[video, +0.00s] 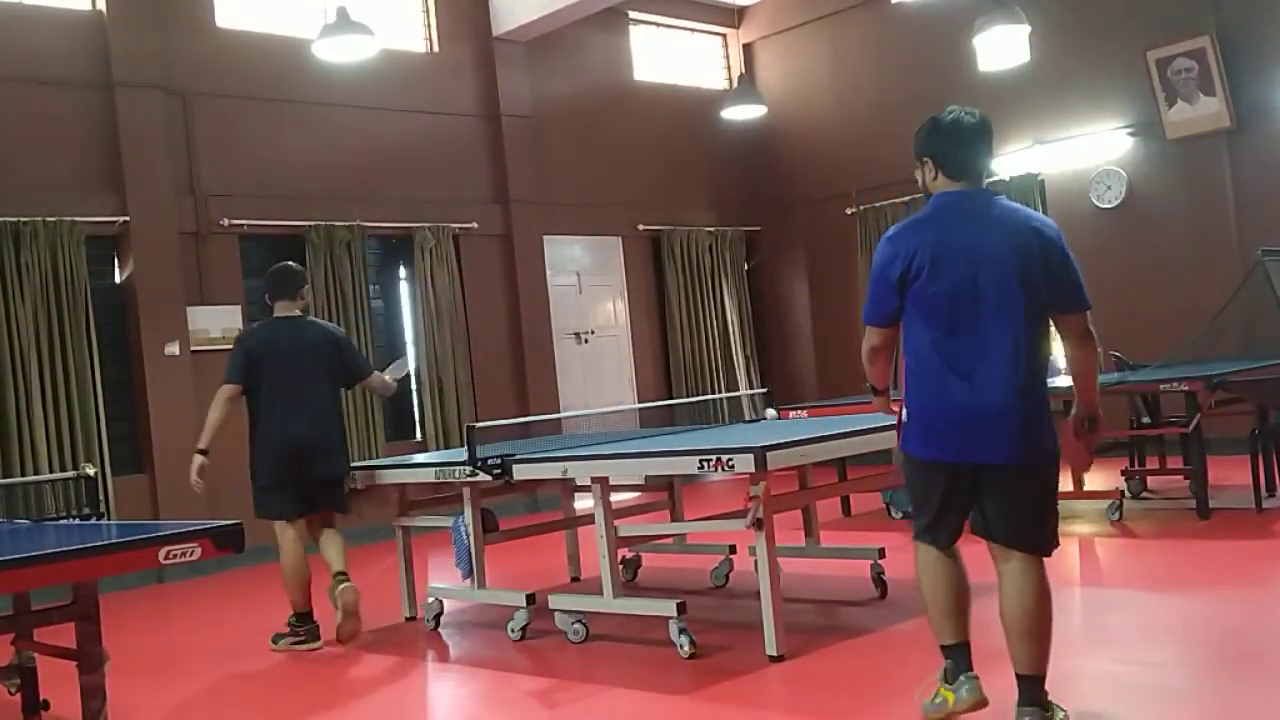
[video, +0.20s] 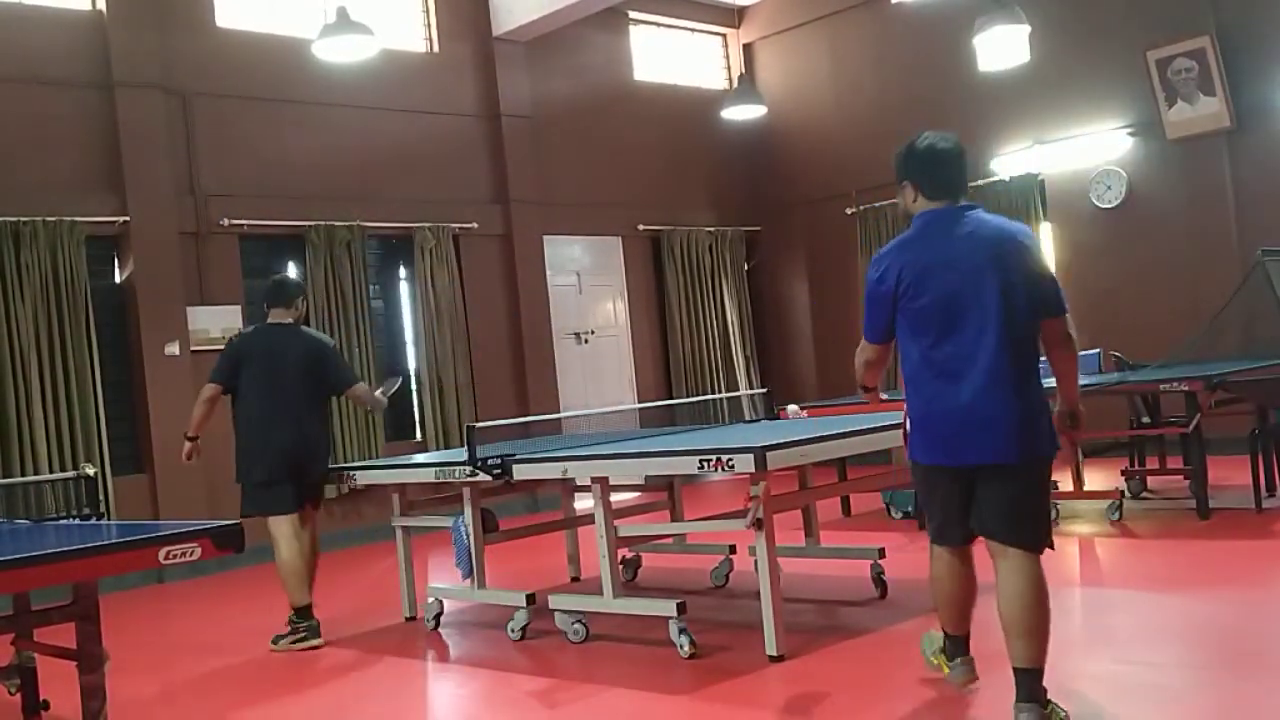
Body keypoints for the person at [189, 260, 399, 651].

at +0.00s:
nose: (309, 296)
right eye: (308, 291)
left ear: (268, 297)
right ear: (305, 295)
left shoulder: (251, 340)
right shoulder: (328, 335)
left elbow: (228, 394)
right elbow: (377, 383)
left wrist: (201, 450)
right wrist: (390, 380)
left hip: (275, 452)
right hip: (324, 447)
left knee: (288, 531)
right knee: (326, 523)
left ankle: (304, 625)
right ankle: (341, 581)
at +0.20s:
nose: (303, 310)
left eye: (300, 304)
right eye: (303, 305)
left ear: (266, 306)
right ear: (299, 306)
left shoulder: (242, 344)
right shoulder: (315, 344)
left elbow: (210, 393)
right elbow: (356, 391)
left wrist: (191, 437)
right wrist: (377, 401)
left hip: (263, 455)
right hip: (310, 452)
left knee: (283, 534)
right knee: (305, 526)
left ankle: (304, 622)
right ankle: (303, 614)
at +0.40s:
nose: (307, 316)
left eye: (305, 311)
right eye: (307, 311)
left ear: (269, 313)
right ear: (301, 312)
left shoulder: (245, 349)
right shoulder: (316, 352)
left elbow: (216, 398)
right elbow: (345, 400)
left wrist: (202, 437)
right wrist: (373, 418)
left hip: (255, 461)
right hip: (302, 461)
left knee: (255, 529)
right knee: (295, 530)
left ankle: (285, 594)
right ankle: (280, 607)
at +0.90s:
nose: (321, 319)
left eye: (320, 313)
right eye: (317, 313)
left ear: (289, 318)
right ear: (298, 315)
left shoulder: (264, 358)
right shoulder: (317, 348)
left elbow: (255, 409)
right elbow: (344, 391)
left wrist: (249, 454)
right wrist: (375, 409)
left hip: (288, 449)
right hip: (320, 445)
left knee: (301, 514)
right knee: (318, 513)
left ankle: (308, 580)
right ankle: (291, 587)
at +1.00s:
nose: (328, 316)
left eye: (326, 310)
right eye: (322, 310)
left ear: (298, 317)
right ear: (301, 315)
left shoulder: (278, 354)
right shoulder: (319, 346)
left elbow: (271, 406)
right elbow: (338, 392)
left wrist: (268, 450)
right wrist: (376, 416)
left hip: (299, 447)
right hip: (331, 444)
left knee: (312, 509)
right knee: (349, 508)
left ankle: (310, 582)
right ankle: (310, 566)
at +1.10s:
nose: (338, 312)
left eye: (337, 307)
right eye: (332, 307)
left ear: (311, 315)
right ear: (312, 312)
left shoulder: (295, 347)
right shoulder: (323, 345)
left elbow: (295, 398)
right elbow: (333, 390)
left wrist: (296, 439)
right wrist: (373, 415)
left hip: (307, 440)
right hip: (337, 438)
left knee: (314, 505)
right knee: (377, 493)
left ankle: (310, 583)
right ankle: (337, 565)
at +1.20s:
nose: (350, 314)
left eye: (349, 308)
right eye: (343, 309)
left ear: (325, 317)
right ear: (323, 315)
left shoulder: (315, 348)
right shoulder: (332, 348)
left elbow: (325, 396)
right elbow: (330, 393)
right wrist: (373, 410)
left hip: (322, 442)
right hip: (349, 440)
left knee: (319, 506)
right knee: (383, 495)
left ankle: (311, 583)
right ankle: (379, 571)